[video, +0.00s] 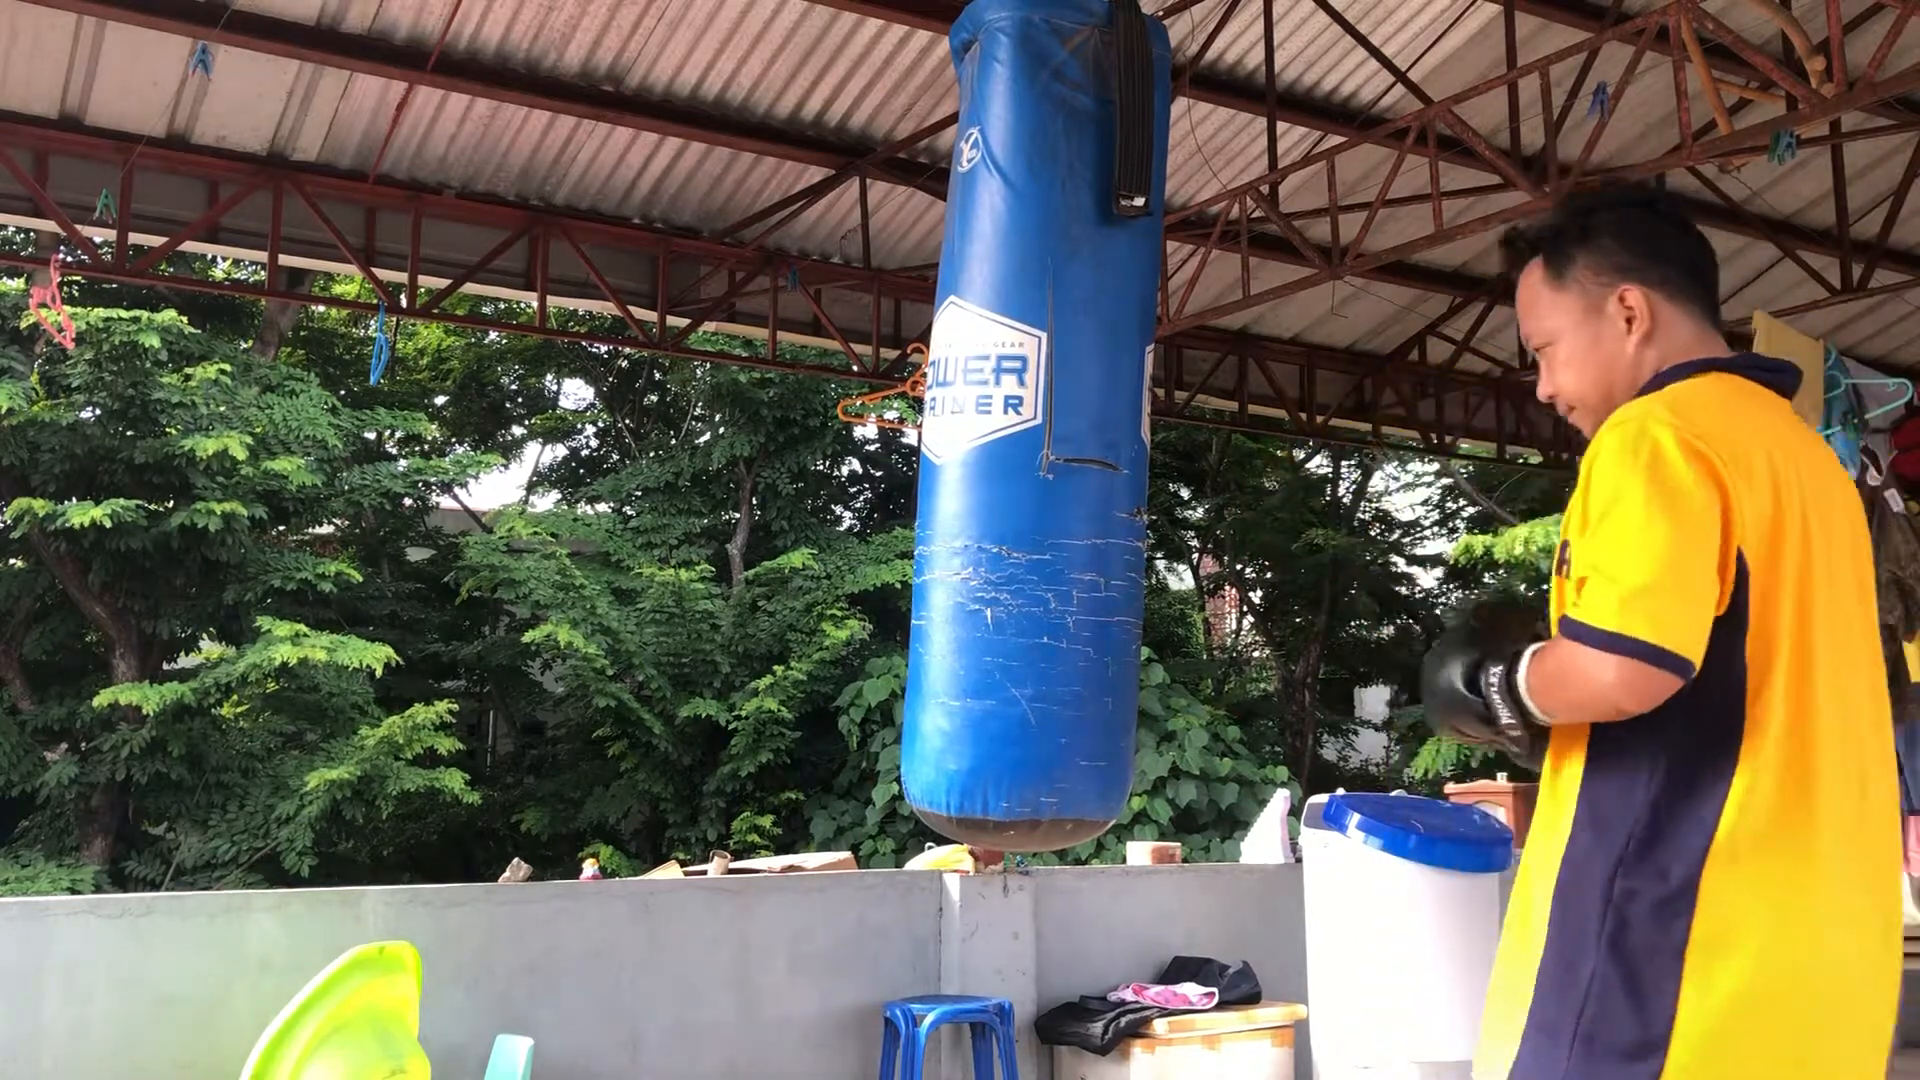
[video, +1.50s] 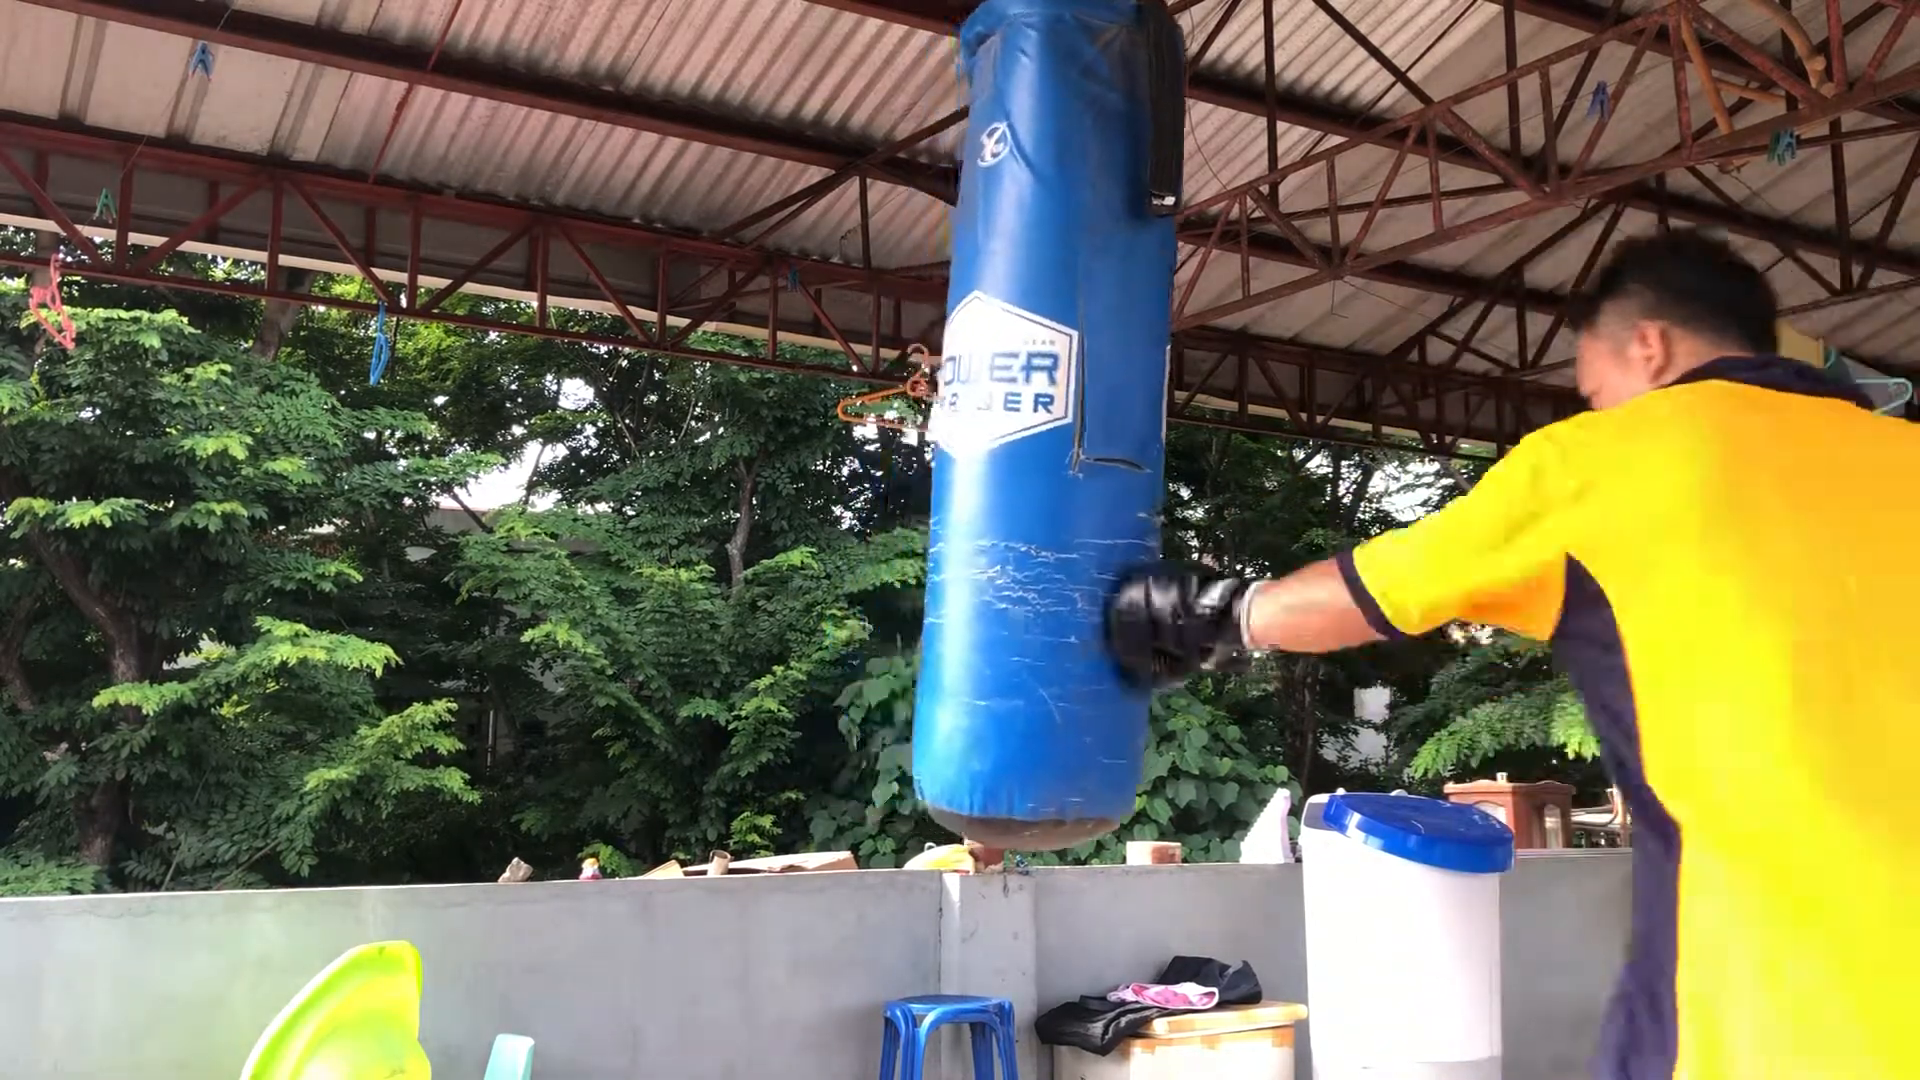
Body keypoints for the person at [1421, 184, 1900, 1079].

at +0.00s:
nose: (1543, 391)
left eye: (1543, 351)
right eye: (1533, 361)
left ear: (1630, 316)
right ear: (1638, 316)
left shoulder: (1658, 437)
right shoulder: (1811, 456)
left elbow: (1630, 662)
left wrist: (1496, 680)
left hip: (1662, 1011)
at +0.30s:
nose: (1435, 414)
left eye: (1426, 387)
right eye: (1420, 398)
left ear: (1486, 327)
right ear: (1574, 320)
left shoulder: (1508, 426)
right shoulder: (1754, 448)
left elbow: (1309, 605)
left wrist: (1210, 584)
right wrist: (1438, 645)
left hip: (1617, 1022)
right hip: (1817, 1013)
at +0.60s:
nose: (1543, 419)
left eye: (1535, 393)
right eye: (1529, 403)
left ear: (1598, 335)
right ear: (1698, 333)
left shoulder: (1623, 433)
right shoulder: (1868, 461)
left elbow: (1421, 626)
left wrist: (1280, 601)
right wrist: (1555, 785)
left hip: (1684, 1031)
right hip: (1881, 1018)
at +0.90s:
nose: (1756, 438)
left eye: (1747, 394)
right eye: (1737, 411)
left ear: (1817, 331)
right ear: (1825, 328)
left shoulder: (1876, 433)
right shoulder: (1890, 428)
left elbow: (1673, 637)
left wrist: (1634, 469)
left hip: (1864, 1027)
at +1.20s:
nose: (1788, 424)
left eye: (1790, 383)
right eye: (1776, 399)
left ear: (1877, 332)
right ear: (1883, 335)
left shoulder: (1875, 432)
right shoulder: (1889, 433)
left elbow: (1876, 671)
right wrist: (1817, 479)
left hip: (1861, 1019)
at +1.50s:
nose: (1589, 412)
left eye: (1587, 388)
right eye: (1580, 393)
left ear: (1650, 347)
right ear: (1766, 346)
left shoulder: (1600, 462)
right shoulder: (1901, 451)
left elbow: (1361, 601)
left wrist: (1215, 615)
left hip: (1766, 1021)